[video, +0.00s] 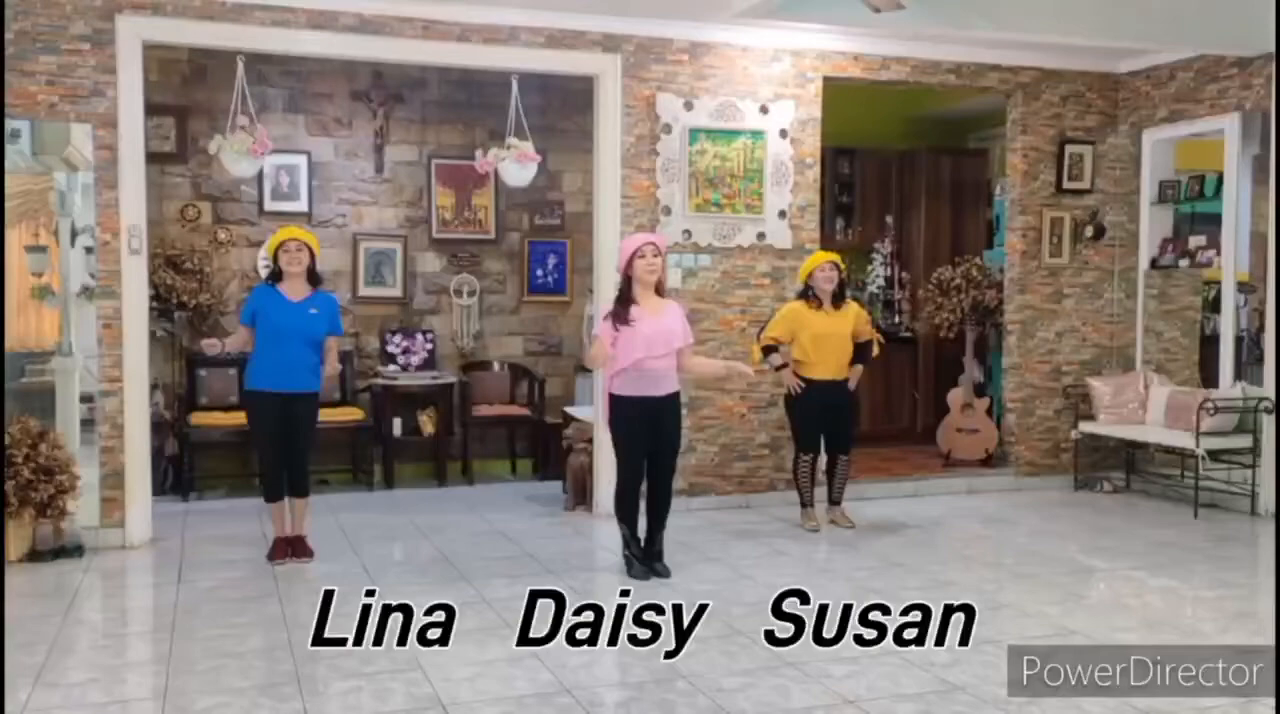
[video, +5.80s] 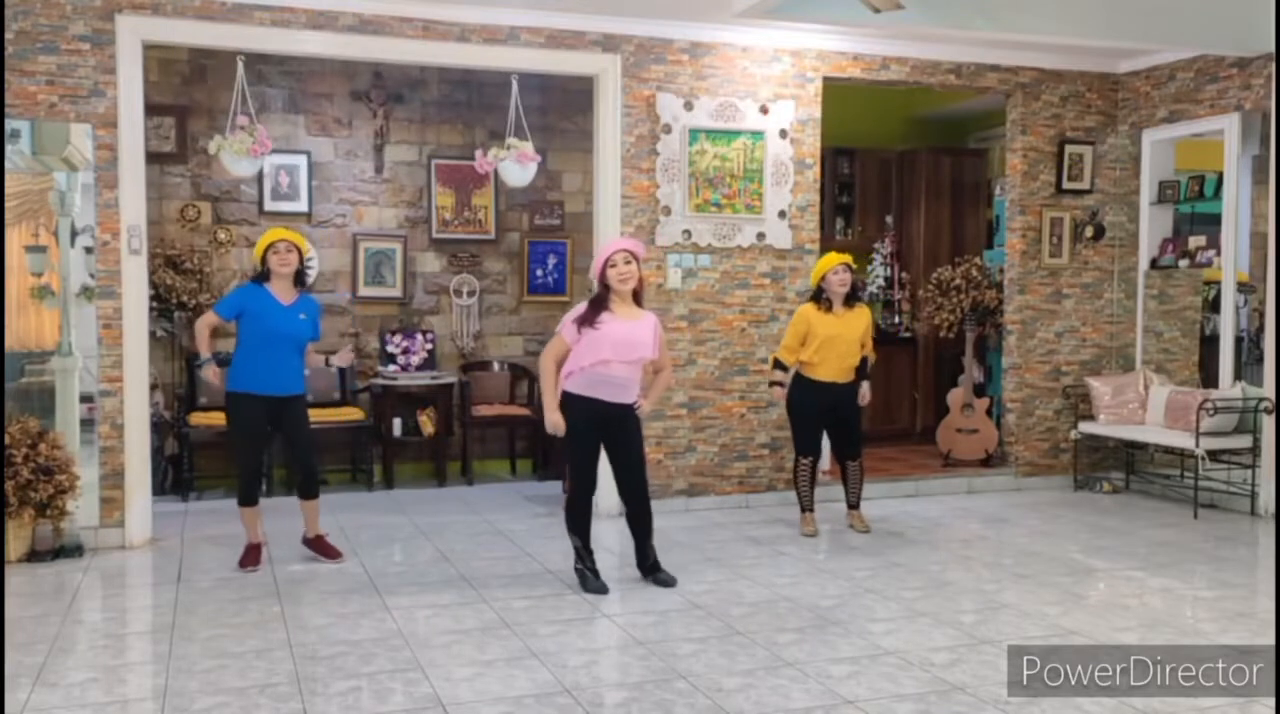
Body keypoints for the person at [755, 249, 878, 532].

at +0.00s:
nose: (828, 274)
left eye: (832, 269)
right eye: (821, 270)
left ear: (840, 276)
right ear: (809, 278)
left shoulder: (852, 311)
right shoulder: (794, 311)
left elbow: (866, 342)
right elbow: (767, 341)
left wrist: (854, 374)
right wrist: (783, 369)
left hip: (840, 389)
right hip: (805, 389)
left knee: (841, 450)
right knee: (807, 450)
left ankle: (835, 507)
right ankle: (807, 509)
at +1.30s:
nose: (820, 275)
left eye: (824, 270)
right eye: (814, 271)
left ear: (831, 277)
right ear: (801, 279)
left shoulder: (843, 312)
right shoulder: (788, 313)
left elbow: (858, 339)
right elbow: (764, 338)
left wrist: (860, 352)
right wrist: (747, 346)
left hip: (830, 389)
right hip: (795, 389)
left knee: (841, 449)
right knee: (801, 449)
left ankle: (825, 506)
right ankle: (806, 510)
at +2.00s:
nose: (828, 275)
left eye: (832, 270)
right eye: (821, 271)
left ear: (838, 277)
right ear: (809, 281)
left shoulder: (851, 310)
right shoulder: (799, 316)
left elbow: (859, 345)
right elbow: (783, 355)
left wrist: (867, 365)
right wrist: (769, 372)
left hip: (837, 389)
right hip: (803, 388)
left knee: (849, 451)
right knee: (805, 449)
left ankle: (851, 509)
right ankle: (807, 509)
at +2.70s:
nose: (855, 275)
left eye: (858, 270)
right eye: (849, 270)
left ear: (862, 277)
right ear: (834, 278)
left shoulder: (871, 314)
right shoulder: (819, 312)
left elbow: (874, 352)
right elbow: (807, 348)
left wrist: (900, 355)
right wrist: (804, 364)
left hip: (860, 387)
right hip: (827, 388)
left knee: (858, 449)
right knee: (832, 451)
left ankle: (852, 509)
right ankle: (831, 509)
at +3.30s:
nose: (842, 274)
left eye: (845, 270)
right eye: (835, 270)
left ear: (850, 277)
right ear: (821, 277)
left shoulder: (857, 315)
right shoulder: (803, 311)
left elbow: (858, 357)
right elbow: (786, 349)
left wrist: (869, 380)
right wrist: (774, 376)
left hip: (842, 390)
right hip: (806, 387)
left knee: (847, 451)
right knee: (805, 452)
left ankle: (850, 509)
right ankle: (804, 511)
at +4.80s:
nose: (856, 278)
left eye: (859, 272)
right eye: (848, 273)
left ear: (864, 277)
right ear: (835, 282)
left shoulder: (875, 311)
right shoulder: (824, 313)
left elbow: (878, 350)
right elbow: (813, 353)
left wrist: (893, 368)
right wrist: (814, 385)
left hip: (863, 389)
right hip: (831, 388)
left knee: (864, 451)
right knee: (826, 452)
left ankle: (857, 511)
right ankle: (812, 510)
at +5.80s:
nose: (842, 277)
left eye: (846, 272)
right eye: (835, 273)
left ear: (852, 278)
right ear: (822, 281)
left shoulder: (861, 313)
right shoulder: (807, 313)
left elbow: (866, 350)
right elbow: (788, 349)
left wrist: (864, 380)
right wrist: (779, 380)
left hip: (844, 390)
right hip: (807, 388)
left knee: (851, 452)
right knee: (807, 452)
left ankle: (854, 510)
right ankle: (807, 513)